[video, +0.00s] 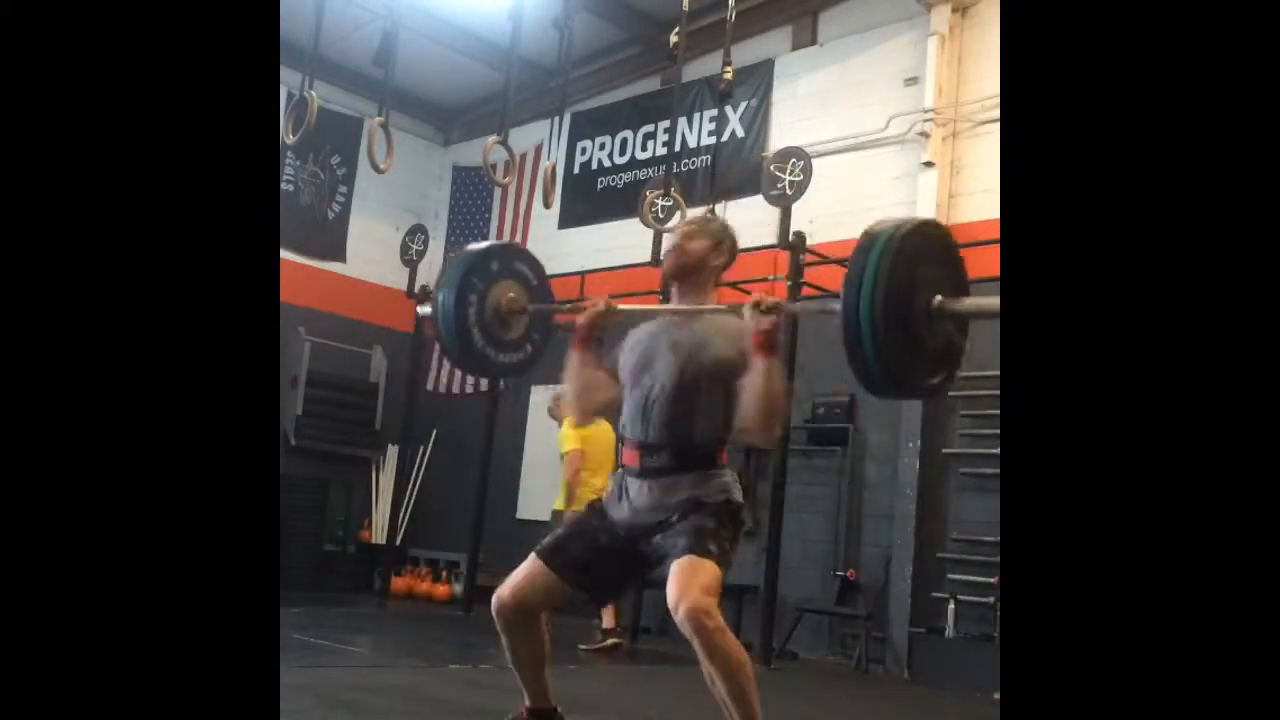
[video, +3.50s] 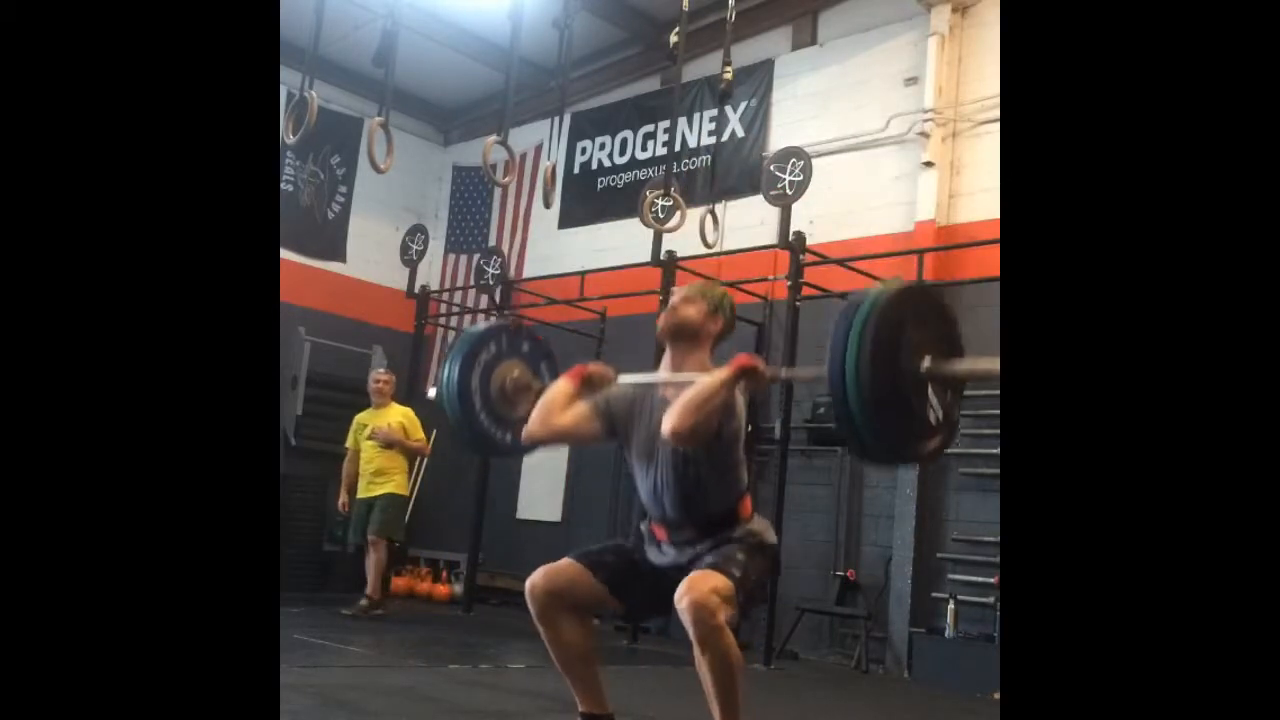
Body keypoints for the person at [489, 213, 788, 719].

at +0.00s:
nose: (672, 243)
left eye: (690, 234)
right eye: (673, 235)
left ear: (721, 255)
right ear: (666, 255)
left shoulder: (736, 329)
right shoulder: (641, 335)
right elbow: (581, 406)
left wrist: (765, 346)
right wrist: (583, 340)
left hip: (699, 499)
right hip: (625, 500)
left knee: (692, 609)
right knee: (511, 603)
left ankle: (749, 716)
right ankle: (539, 707)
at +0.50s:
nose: (699, 228)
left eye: (713, 220)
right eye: (698, 220)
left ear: (745, 233)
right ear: (695, 234)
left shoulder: (759, 299)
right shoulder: (665, 304)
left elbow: (714, 334)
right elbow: (582, 335)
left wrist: (770, 281)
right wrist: (611, 292)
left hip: (735, 463)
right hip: (664, 464)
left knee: (720, 590)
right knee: (560, 584)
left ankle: (758, 716)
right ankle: (544, 709)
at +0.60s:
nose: (709, 204)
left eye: (723, 195)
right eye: (709, 196)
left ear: (755, 208)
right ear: (705, 212)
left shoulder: (771, 268)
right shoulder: (676, 283)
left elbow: (729, 294)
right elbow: (587, 309)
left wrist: (779, 247)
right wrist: (622, 268)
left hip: (747, 439)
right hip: (678, 441)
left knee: (736, 585)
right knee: (597, 577)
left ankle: (762, 715)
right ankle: (566, 703)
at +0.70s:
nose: (715, 177)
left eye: (731, 169)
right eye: (713, 171)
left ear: (762, 187)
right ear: (708, 190)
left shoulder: (772, 251)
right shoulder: (683, 262)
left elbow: (741, 266)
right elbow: (593, 299)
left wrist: (789, 229)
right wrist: (628, 252)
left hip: (745, 433)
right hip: (679, 433)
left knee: (744, 580)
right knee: (618, 569)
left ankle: (768, 715)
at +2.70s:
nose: (690, 163)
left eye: (705, 155)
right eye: (689, 155)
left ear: (736, 173)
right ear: (683, 172)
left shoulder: (741, 237)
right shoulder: (655, 242)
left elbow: (709, 234)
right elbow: (559, 261)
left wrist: (764, 203)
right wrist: (606, 226)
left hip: (708, 417)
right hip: (640, 416)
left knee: (726, 579)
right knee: (628, 575)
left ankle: (739, 714)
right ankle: (604, 709)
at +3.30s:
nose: (680, 222)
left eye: (698, 220)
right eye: (681, 218)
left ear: (724, 248)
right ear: (672, 246)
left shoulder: (728, 307)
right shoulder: (641, 321)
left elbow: (686, 324)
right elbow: (545, 337)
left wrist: (740, 284)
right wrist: (590, 300)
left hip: (730, 485)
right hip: (663, 488)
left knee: (705, 594)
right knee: (561, 581)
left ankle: (732, 716)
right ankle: (595, 710)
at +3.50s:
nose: (671, 302)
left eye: (690, 298)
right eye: (671, 298)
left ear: (716, 323)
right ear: (661, 320)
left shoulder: (722, 389)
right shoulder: (632, 395)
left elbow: (676, 425)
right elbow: (538, 429)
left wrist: (731, 372)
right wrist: (577, 377)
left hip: (732, 547)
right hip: (657, 550)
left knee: (696, 601)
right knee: (546, 589)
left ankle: (727, 717)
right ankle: (595, 712)